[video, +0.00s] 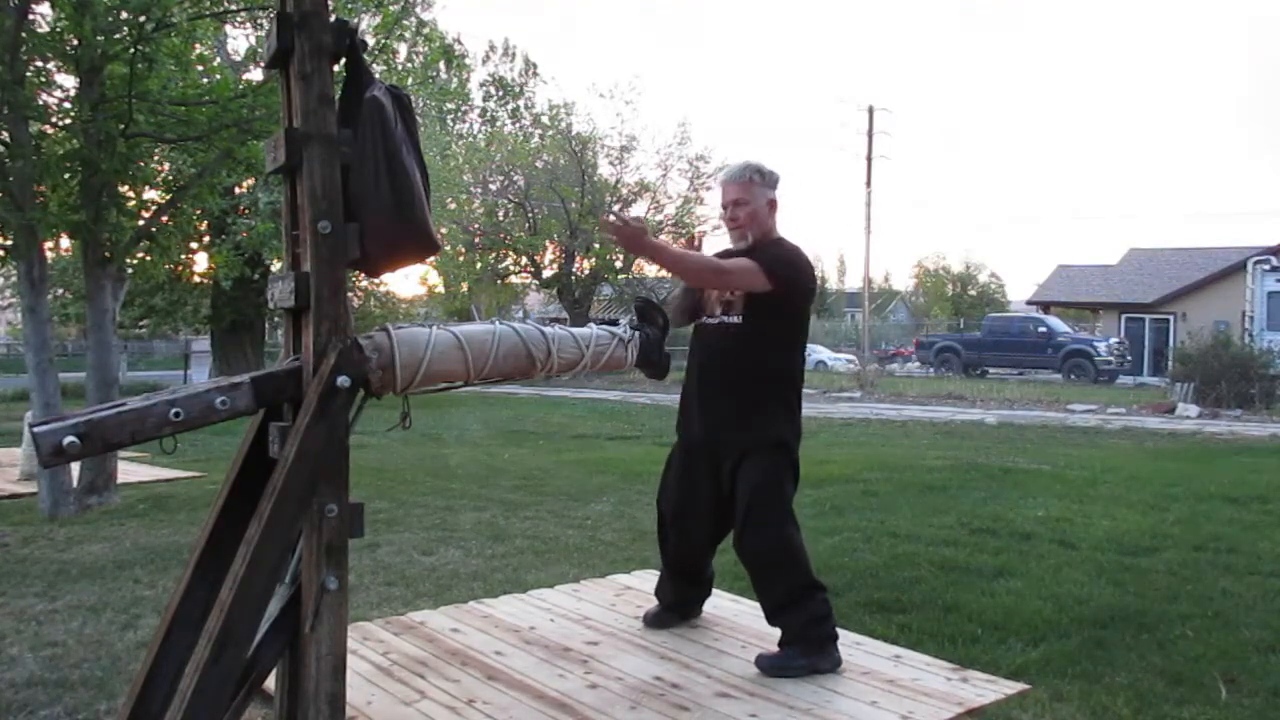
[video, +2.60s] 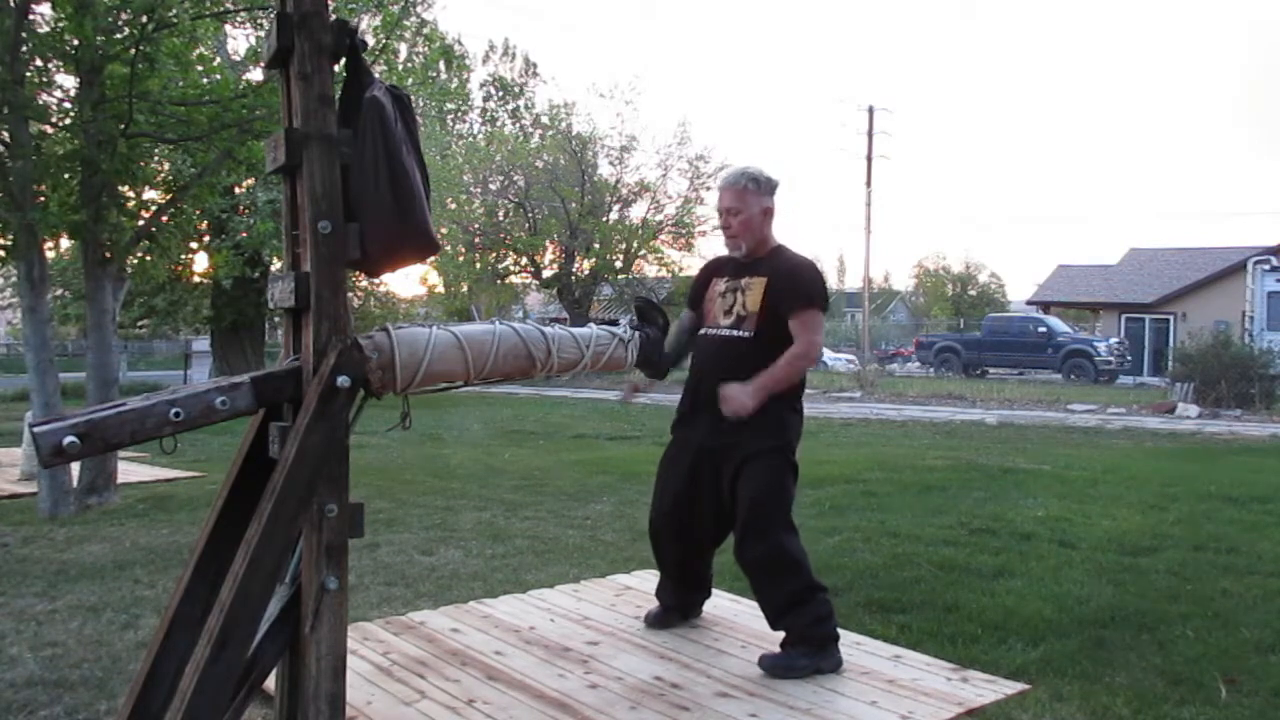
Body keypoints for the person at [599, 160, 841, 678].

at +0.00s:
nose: (732, 215)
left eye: (741, 205)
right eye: (727, 207)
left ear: (770, 205)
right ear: (722, 212)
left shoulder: (787, 262)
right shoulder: (720, 265)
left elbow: (718, 274)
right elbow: (679, 316)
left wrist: (648, 247)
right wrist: (688, 269)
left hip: (763, 428)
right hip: (704, 423)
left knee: (765, 533)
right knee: (681, 511)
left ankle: (813, 643)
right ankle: (681, 599)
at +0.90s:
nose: (726, 222)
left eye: (737, 212)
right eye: (721, 213)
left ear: (767, 212)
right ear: (718, 214)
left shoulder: (787, 270)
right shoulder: (713, 273)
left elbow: (748, 304)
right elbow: (676, 317)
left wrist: (686, 284)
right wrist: (643, 305)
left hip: (754, 429)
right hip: (692, 424)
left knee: (759, 534)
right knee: (671, 513)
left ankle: (813, 641)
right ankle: (680, 598)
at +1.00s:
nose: (723, 222)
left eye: (734, 213)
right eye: (719, 212)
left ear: (766, 212)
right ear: (717, 213)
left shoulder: (790, 270)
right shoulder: (709, 274)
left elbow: (768, 323)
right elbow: (682, 318)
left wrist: (700, 320)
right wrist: (656, 324)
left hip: (757, 428)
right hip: (694, 423)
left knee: (759, 533)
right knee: (670, 512)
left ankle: (813, 642)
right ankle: (680, 598)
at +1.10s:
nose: (720, 221)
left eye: (730, 212)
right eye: (717, 212)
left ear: (763, 212)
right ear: (716, 212)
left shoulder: (788, 271)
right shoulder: (709, 271)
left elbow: (794, 343)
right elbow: (677, 334)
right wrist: (643, 377)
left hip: (756, 421)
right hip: (696, 417)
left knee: (758, 530)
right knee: (672, 508)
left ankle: (812, 642)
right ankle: (681, 598)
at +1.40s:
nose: (722, 219)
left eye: (733, 209)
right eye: (719, 209)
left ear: (767, 211)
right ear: (718, 209)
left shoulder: (793, 268)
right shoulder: (708, 270)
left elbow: (803, 333)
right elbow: (677, 330)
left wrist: (743, 374)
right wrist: (654, 387)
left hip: (770, 423)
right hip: (711, 417)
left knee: (763, 527)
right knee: (677, 507)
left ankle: (814, 642)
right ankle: (681, 597)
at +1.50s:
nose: (725, 216)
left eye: (736, 207)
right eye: (722, 207)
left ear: (770, 210)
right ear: (722, 208)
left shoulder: (797, 265)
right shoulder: (712, 268)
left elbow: (791, 321)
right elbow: (678, 312)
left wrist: (718, 314)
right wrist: (656, 320)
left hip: (772, 426)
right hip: (712, 421)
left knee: (767, 528)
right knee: (681, 508)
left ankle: (815, 642)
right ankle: (682, 597)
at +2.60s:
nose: (727, 222)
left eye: (737, 213)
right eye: (722, 213)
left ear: (768, 213)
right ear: (718, 212)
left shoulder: (796, 274)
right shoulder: (712, 273)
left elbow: (808, 348)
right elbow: (683, 332)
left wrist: (755, 389)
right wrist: (658, 359)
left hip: (762, 425)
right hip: (700, 419)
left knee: (762, 533)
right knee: (674, 514)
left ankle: (815, 642)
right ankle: (682, 598)